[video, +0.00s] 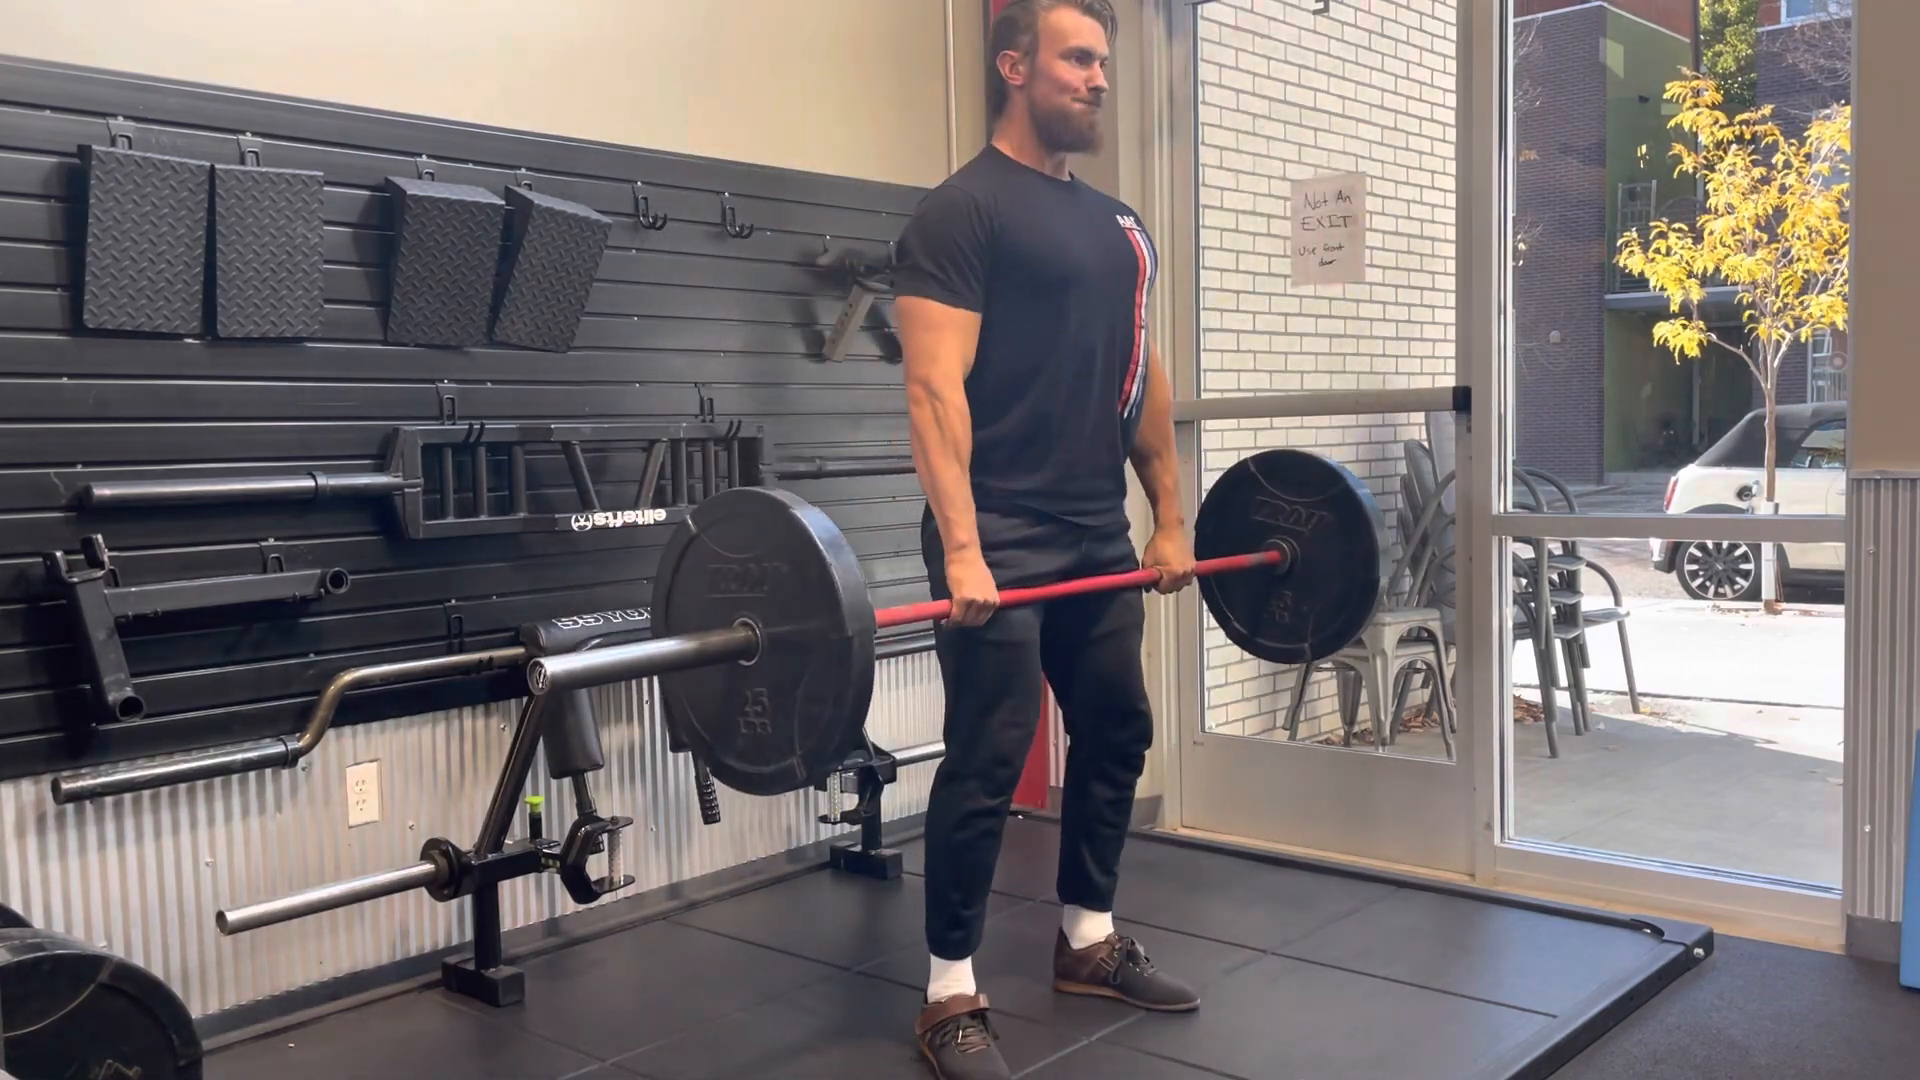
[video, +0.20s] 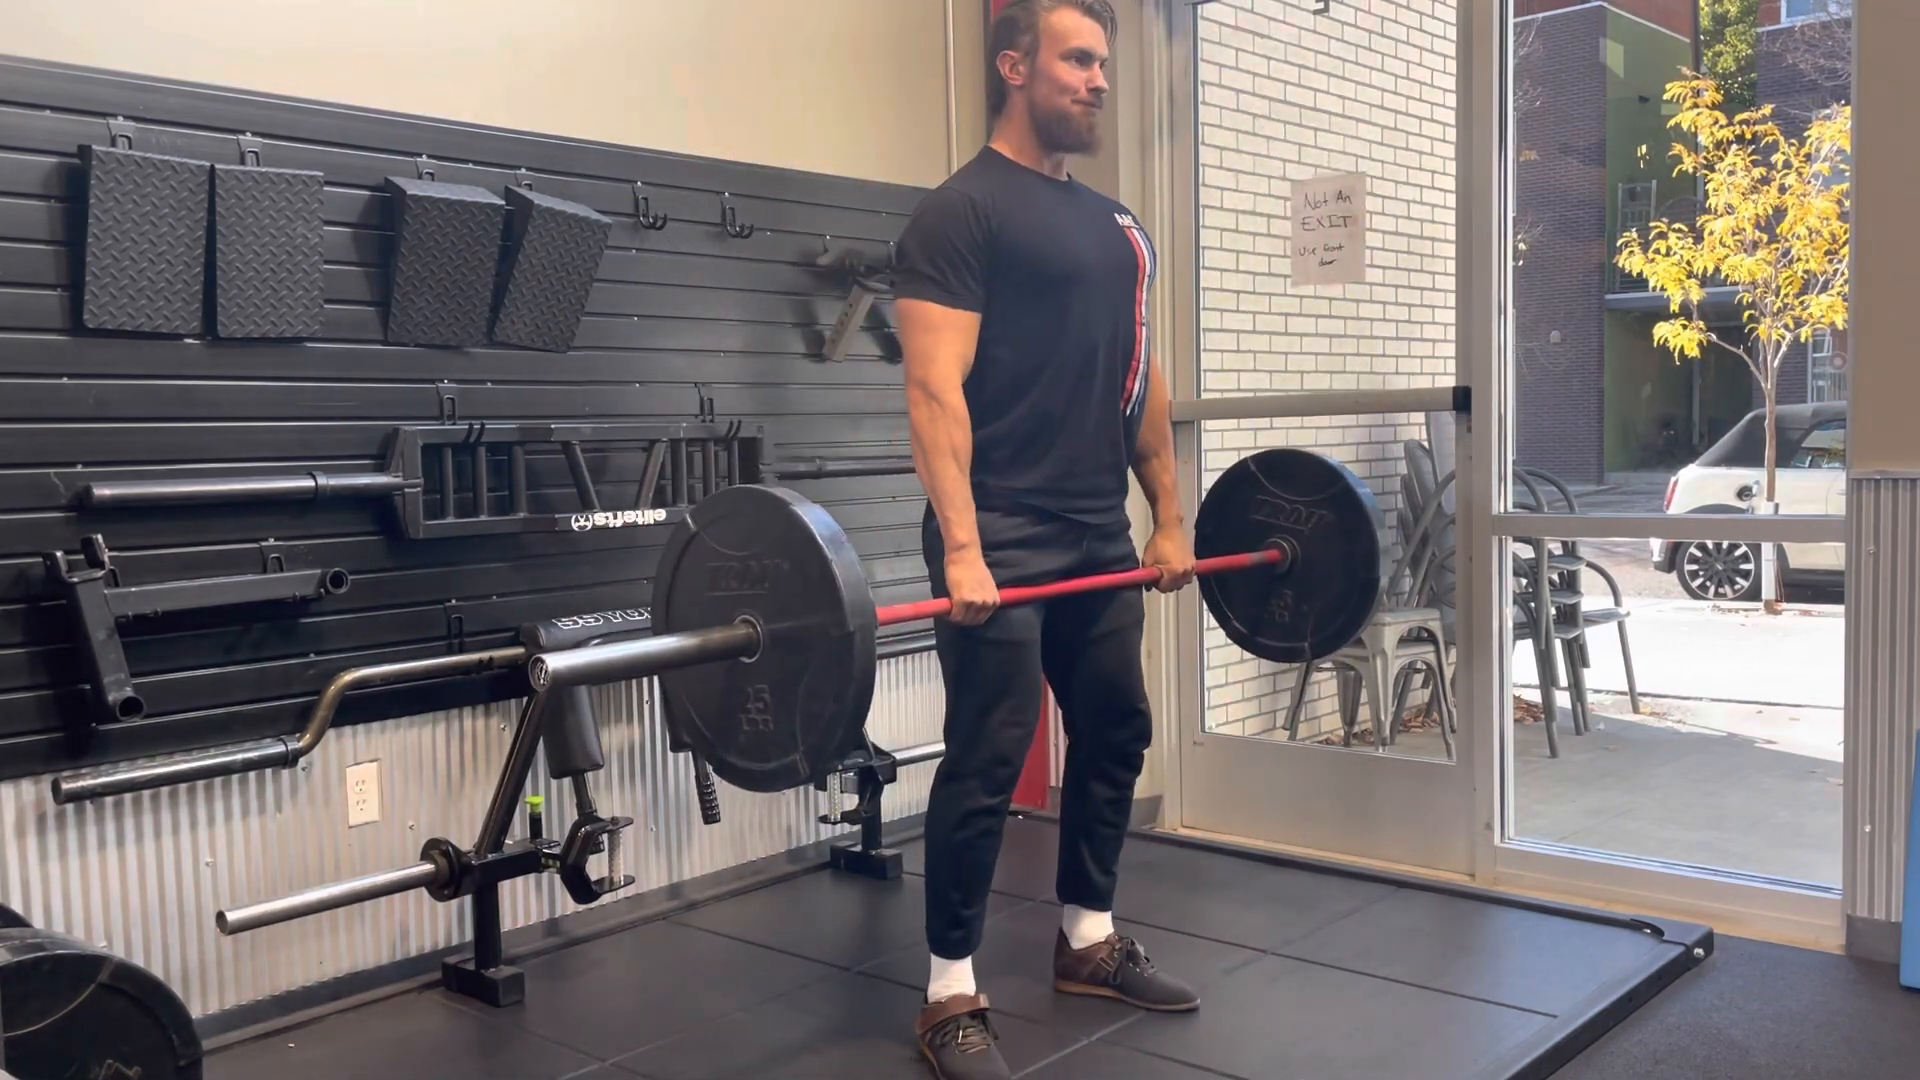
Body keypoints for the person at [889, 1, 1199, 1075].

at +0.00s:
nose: (1100, 79)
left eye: (1104, 63)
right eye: (1079, 58)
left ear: (1092, 80)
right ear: (1013, 69)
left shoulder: (1121, 228)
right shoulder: (957, 214)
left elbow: (1143, 385)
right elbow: (932, 393)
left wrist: (1170, 521)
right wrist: (960, 547)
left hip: (1094, 529)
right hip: (990, 533)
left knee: (1116, 730)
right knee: (988, 756)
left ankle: (1087, 940)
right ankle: (950, 994)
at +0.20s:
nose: (1100, 81)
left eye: (1104, 64)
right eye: (1079, 59)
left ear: (1094, 81)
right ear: (1013, 68)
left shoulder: (1121, 228)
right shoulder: (956, 213)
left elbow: (1141, 388)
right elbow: (933, 392)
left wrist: (1169, 522)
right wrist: (960, 546)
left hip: (1096, 529)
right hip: (993, 532)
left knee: (1114, 731)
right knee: (989, 752)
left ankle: (1087, 940)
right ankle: (951, 993)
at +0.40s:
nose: (1093, 80)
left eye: (1097, 63)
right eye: (1073, 58)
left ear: (1090, 80)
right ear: (1006, 69)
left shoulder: (1114, 230)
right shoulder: (951, 214)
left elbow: (1137, 384)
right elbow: (931, 395)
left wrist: (1168, 521)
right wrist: (959, 547)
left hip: (1095, 529)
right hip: (991, 531)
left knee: (1112, 732)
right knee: (987, 754)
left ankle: (1087, 941)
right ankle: (950, 993)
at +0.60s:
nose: (1093, 81)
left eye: (1096, 64)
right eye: (1072, 60)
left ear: (1085, 81)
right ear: (1004, 71)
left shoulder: (1110, 229)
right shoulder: (949, 214)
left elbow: (1135, 385)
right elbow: (929, 395)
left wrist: (1165, 519)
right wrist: (956, 547)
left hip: (1095, 529)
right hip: (991, 532)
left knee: (1111, 732)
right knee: (988, 749)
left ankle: (1087, 941)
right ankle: (950, 992)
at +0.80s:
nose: (1095, 81)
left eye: (1099, 64)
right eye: (1074, 59)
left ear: (1087, 82)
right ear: (1006, 72)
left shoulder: (1110, 231)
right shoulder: (949, 214)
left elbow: (1134, 385)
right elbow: (927, 394)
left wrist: (1164, 520)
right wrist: (954, 546)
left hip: (1088, 528)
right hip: (985, 531)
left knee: (1113, 730)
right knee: (990, 743)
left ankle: (1086, 941)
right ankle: (950, 993)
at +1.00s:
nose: (1116, 87)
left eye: (1119, 69)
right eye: (1094, 65)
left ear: (1106, 89)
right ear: (1025, 79)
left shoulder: (1120, 235)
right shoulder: (960, 222)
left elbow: (1138, 392)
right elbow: (927, 403)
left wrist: (1159, 531)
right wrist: (953, 559)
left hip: (1075, 534)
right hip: (969, 538)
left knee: (1115, 729)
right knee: (987, 742)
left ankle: (1086, 940)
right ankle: (949, 993)